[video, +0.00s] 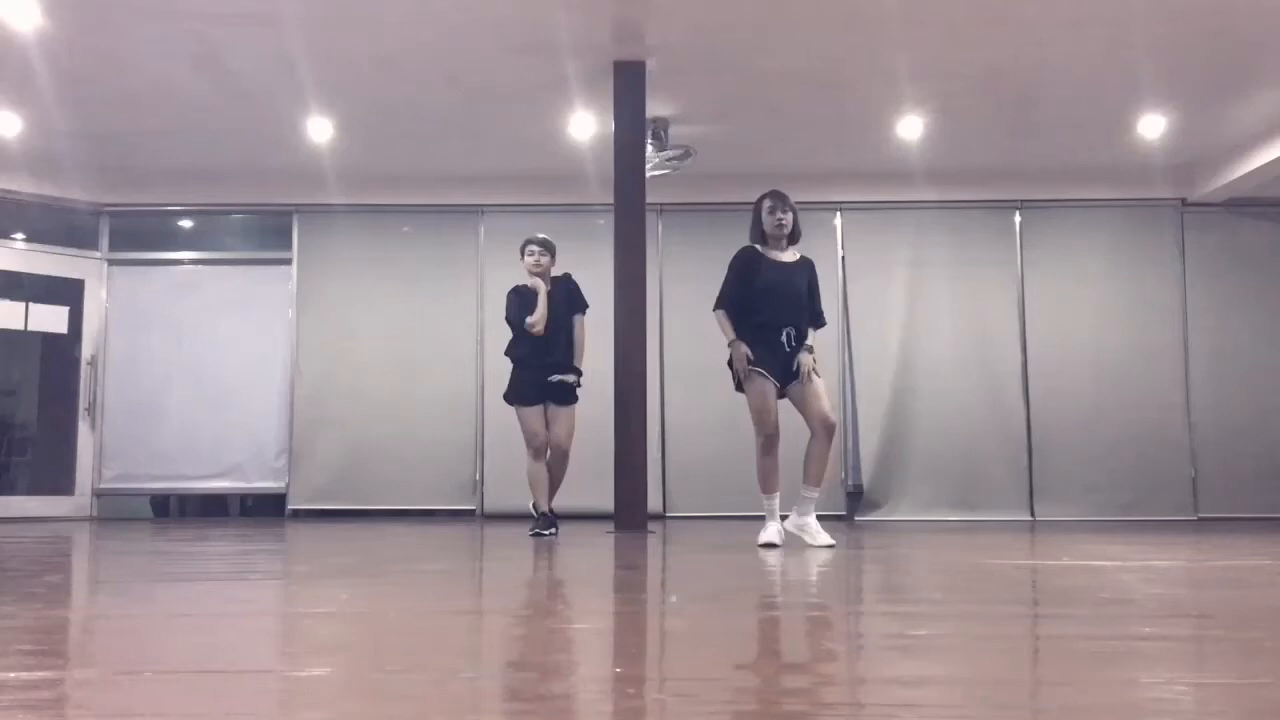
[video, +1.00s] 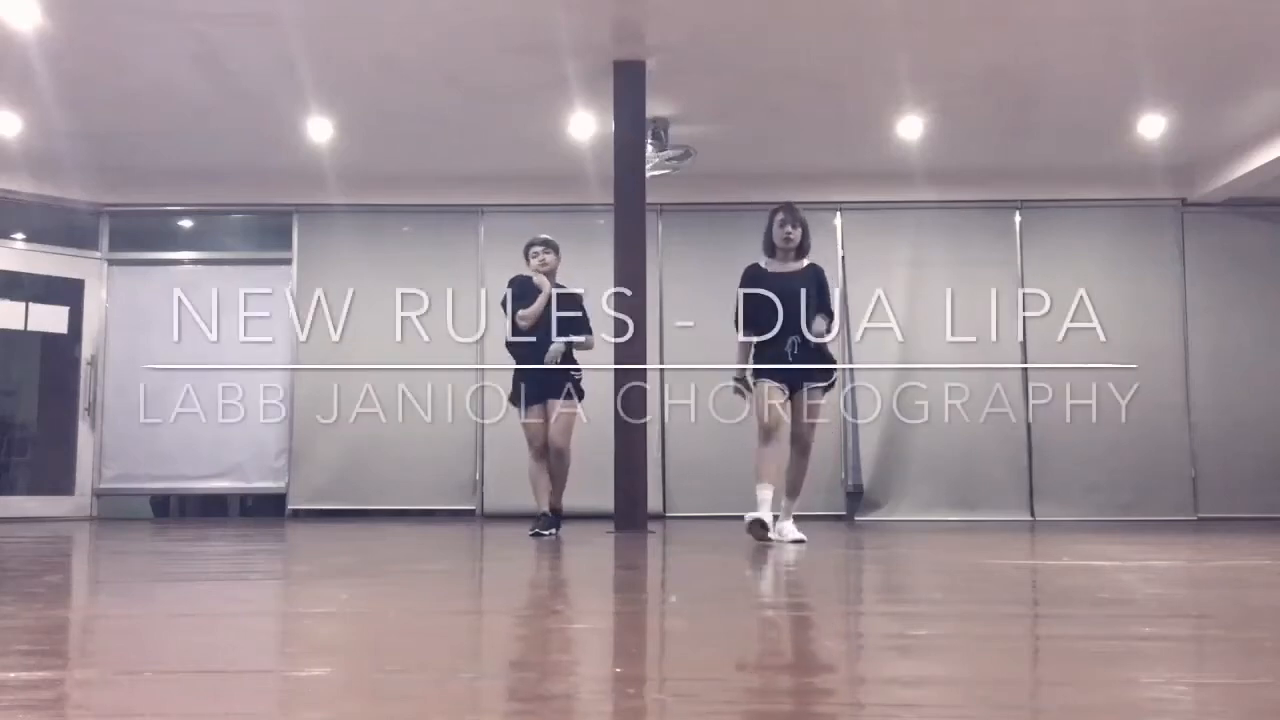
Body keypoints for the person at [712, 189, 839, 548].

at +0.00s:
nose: (779, 216)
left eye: (784, 210)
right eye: (771, 212)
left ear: (793, 218)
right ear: (759, 220)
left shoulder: (804, 264)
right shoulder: (747, 257)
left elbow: (810, 316)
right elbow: (721, 307)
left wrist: (807, 349)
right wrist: (734, 342)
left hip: (795, 355)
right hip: (757, 356)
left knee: (826, 425)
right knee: (768, 434)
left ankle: (804, 516)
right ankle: (771, 522)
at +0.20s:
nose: (778, 213)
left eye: (783, 208)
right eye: (770, 209)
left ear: (792, 214)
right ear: (759, 217)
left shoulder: (806, 258)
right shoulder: (748, 254)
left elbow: (810, 313)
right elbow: (726, 304)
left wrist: (802, 349)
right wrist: (748, 321)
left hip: (792, 352)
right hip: (756, 353)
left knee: (823, 425)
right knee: (766, 434)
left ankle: (799, 511)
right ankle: (771, 521)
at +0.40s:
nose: (779, 216)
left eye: (784, 211)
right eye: (771, 212)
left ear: (793, 217)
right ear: (759, 219)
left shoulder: (810, 259)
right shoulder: (749, 260)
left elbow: (822, 314)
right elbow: (733, 312)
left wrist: (807, 354)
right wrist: (753, 300)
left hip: (796, 359)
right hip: (755, 358)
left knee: (805, 439)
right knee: (762, 435)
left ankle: (788, 511)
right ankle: (770, 519)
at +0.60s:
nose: (783, 225)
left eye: (789, 220)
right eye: (776, 221)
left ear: (798, 226)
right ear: (765, 228)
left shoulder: (814, 265)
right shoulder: (755, 272)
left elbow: (831, 320)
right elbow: (741, 327)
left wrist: (815, 355)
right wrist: (753, 302)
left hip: (799, 366)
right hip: (756, 365)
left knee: (796, 446)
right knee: (759, 431)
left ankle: (787, 520)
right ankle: (769, 520)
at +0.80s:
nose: (788, 230)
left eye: (794, 225)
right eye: (781, 225)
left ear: (802, 231)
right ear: (769, 231)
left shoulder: (817, 271)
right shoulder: (756, 277)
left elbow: (836, 318)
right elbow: (748, 329)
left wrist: (825, 343)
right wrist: (749, 369)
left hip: (806, 367)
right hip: (764, 367)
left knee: (799, 446)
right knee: (761, 429)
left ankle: (787, 519)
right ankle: (771, 517)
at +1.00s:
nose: (789, 230)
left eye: (795, 225)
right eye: (782, 225)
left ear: (803, 231)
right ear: (770, 231)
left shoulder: (814, 272)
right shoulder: (754, 274)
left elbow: (827, 318)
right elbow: (745, 328)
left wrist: (823, 329)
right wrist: (740, 371)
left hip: (810, 366)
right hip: (769, 365)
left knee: (802, 442)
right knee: (769, 427)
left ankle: (786, 520)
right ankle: (763, 511)